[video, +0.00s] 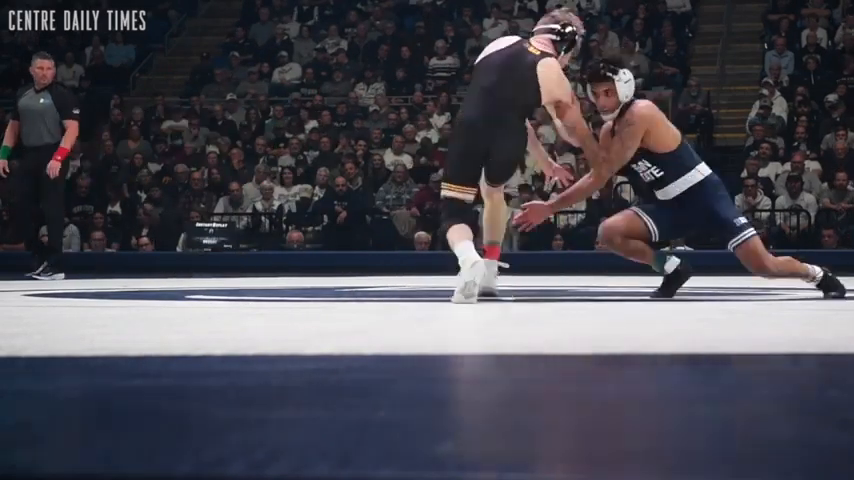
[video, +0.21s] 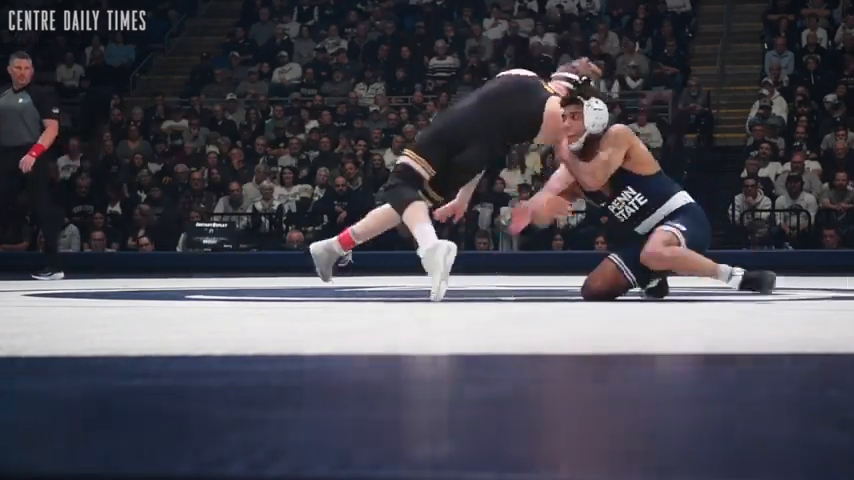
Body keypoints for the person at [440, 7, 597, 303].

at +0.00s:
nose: (569, 60)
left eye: (572, 55)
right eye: (571, 53)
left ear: (537, 33)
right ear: (565, 48)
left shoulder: (498, 44)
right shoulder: (552, 74)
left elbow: (516, 114)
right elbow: (576, 133)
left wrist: (547, 164)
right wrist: (597, 160)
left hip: (469, 128)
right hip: (508, 136)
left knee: (454, 208)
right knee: (494, 189)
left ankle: (469, 260)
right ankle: (490, 267)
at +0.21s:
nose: (564, 141)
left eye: (572, 136)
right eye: (571, 132)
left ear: (558, 85)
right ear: (570, 111)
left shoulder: (521, 76)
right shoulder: (551, 119)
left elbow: (492, 136)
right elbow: (500, 147)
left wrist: (465, 195)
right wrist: (465, 196)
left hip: (458, 122)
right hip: (478, 151)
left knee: (402, 185)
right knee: (407, 202)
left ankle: (430, 248)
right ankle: (335, 247)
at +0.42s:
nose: (563, 245)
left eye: (566, 240)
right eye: (566, 241)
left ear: (551, 220)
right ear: (560, 235)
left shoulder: (520, 209)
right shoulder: (544, 247)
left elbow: (487, 239)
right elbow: (577, 294)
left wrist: (488, 289)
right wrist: (592, 298)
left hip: (429, 190)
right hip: (436, 216)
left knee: (351, 210)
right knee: (379, 289)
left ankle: (281, 179)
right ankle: (301, 263)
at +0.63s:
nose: (540, 276)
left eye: (545, 273)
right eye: (543, 272)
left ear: (527, 247)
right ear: (532, 255)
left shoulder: (494, 242)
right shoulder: (508, 255)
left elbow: (465, 276)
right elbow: (532, 281)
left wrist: (490, 292)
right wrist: (574, 293)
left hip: (400, 194)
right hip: (413, 205)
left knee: (370, 248)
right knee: (383, 286)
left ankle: (330, 216)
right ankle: (303, 262)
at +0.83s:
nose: (506, 275)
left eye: (508, 282)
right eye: (514, 271)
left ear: (503, 286)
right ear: (514, 258)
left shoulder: (475, 275)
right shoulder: (477, 234)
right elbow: (429, 216)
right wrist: (424, 261)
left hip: (409, 238)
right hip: (383, 218)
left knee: (419, 285)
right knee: (400, 282)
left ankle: (355, 270)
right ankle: (339, 274)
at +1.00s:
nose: (444, 267)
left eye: (446, 271)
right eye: (450, 269)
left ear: (450, 267)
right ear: (460, 258)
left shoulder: (458, 244)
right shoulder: (459, 221)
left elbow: (465, 275)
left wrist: (483, 284)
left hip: (392, 237)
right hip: (366, 221)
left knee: (412, 285)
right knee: (388, 286)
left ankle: (352, 282)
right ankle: (327, 268)